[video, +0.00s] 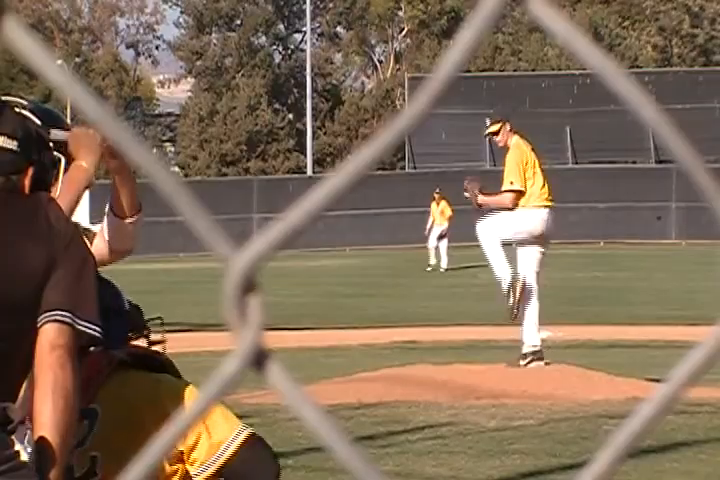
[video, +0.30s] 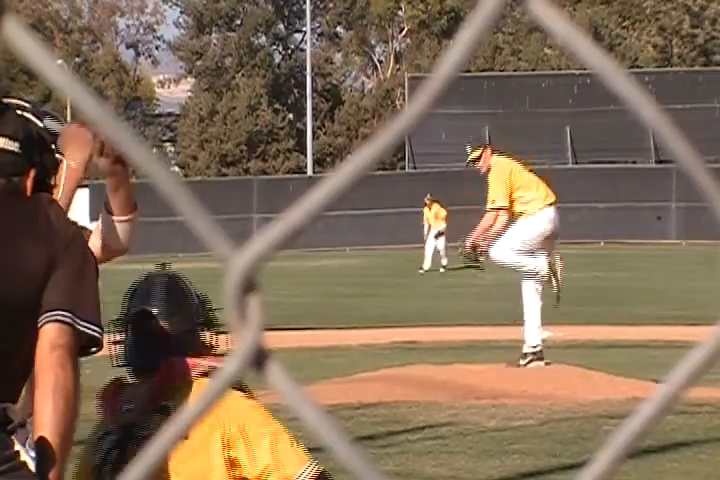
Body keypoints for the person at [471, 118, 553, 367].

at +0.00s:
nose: (494, 139)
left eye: (496, 133)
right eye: (492, 136)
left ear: (508, 128)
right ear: (501, 133)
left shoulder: (516, 150)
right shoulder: (520, 148)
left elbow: (509, 199)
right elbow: (512, 196)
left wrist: (480, 199)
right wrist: (483, 199)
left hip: (531, 214)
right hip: (538, 213)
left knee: (484, 228)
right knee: (528, 282)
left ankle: (508, 282)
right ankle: (531, 346)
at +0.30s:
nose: (477, 165)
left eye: (478, 159)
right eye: (474, 162)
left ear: (488, 152)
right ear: (486, 155)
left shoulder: (497, 167)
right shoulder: (505, 167)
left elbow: (493, 212)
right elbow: (504, 216)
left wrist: (472, 238)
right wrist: (485, 241)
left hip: (536, 217)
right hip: (547, 215)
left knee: (498, 252)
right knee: (530, 280)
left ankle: (544, 266)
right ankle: (533, 346)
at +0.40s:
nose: (470, 185)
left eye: (471, 178)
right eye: (467, 182)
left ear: (482, 170)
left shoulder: (491, 183)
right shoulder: (498, 181)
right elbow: (512, 233)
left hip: (540, 219)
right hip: (546, 218)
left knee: (509, 268)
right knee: (532, 284)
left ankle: (542, 307)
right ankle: (532, 348)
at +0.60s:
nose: (463, 224)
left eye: (462, 218)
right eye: (460, 221)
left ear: (470, 209)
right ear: (471, 209)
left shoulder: (481, 214)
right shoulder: (486, 213)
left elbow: (488, 243)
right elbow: (508, 249)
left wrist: (483, 263)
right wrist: (494, 260)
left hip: (540, 230)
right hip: (536, 232)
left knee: (517, 287)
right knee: (510, 290)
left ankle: (506, 346)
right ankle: (528, 347)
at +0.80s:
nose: (458, 240)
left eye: (458, 234)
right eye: (455, 237)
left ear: (466, 226)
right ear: (463, 228)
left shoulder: (477, 240)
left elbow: (486, 207)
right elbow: (478, 184)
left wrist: (509, 190)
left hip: (535, 267)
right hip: (530, 268)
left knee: (513, 306)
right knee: (512, 307)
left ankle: (497, 364)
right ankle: (527, 352)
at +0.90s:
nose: (455, 233)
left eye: (458, 227)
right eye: (451, 230)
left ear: (467, 223)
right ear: (450, 233)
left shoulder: (487, 227)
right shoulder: (464, 251)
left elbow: (510, 213)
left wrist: (534, 212)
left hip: (529, 288)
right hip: (506, 300)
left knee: (509, 326)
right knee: (509, 332)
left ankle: (491, 384)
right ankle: (524, 350)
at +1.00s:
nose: (473, 235)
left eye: (477, 229)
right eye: (470, 231)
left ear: (487, 230)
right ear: (467, 236)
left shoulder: (505, 236)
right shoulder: (475, 262)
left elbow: (525, 247)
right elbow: (457, 281)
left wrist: (539, 255)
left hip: (520, 291)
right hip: (495, 293)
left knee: (509, 331)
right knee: (499, 330)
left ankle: (491, 384)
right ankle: (513, 356)